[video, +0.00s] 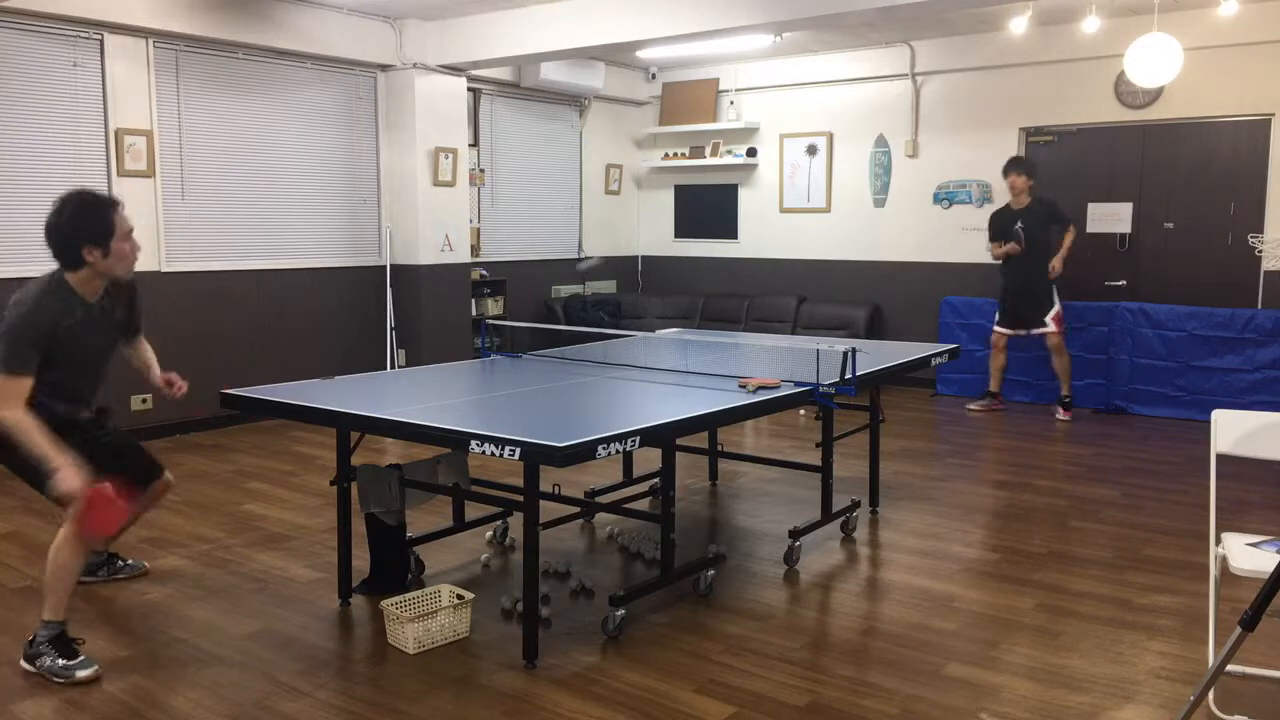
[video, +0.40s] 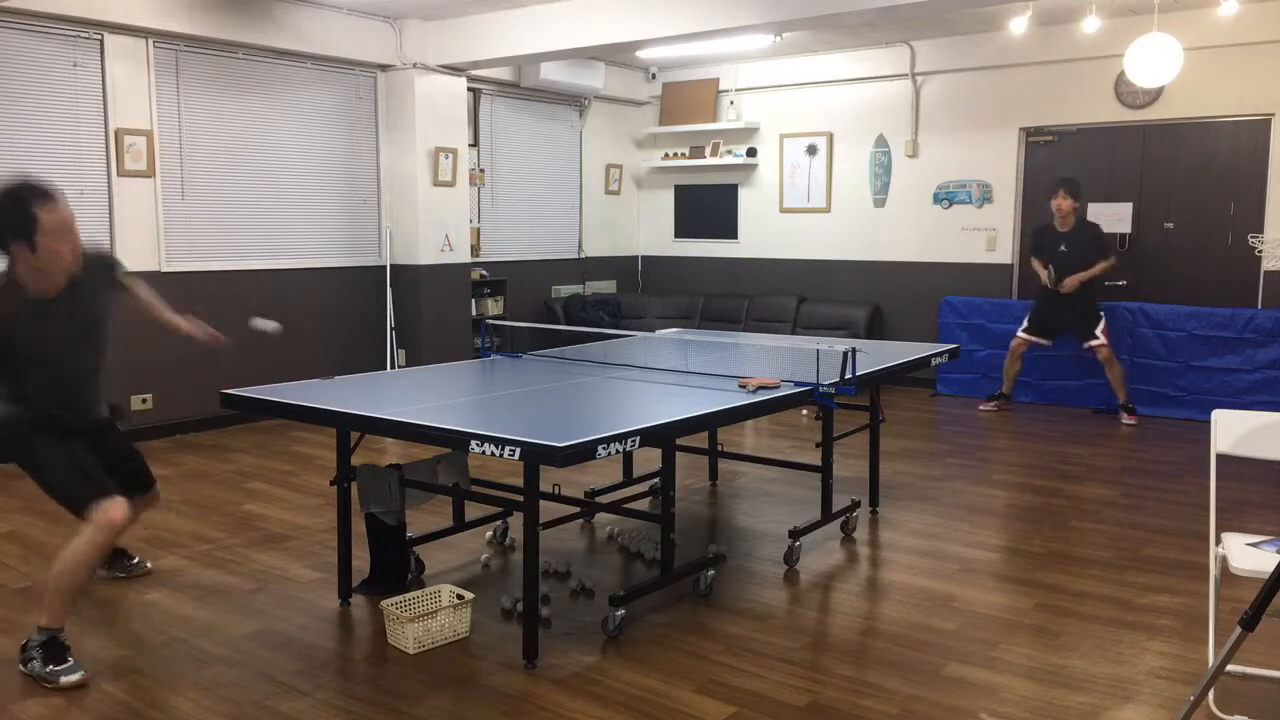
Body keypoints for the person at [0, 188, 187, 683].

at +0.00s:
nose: (136, 243)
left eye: (132, 232)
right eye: (126, 237)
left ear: (96, 252)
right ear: (92, 253)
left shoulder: (120, 292)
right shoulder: (35, 310)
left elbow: (133, 339)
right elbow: (11, 407)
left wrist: (156, 373)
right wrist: (61, 463)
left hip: (78, 420)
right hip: (27, 424)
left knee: (154, 483)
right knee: (88, 502)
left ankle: (91, 555)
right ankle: (48, 639)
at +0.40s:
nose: (76, 241)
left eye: (74, 229)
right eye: (62, 233)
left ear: (76, 227)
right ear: (22, 249)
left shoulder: (95, 271)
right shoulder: (7, 306)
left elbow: (133, 290)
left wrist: (178, 322)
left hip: (87, 417)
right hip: (28, 425)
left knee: (140, 494)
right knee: (110, 512)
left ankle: (102, 554)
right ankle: (45, 640)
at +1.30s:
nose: (135, 188)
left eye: (130, 178)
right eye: (124, 180)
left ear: (92, 196)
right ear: (94, 195)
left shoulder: (74, 249)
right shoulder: (56, 253)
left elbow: (63, 345)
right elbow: (72, 353)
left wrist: (115, 352)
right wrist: (157, 334)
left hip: (28, 408)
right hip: (5, 415)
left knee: (80, 487)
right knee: (55, 528)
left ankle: (64, 574)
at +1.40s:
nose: (140, 210)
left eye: (136, 200)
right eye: (130, 202)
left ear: (98, 217)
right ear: (98, 217)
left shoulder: (84, 267)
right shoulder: (56, 275)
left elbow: (80, 340)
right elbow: (60, 380)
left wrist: (147, 361)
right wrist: (144, 367)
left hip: (37, 411)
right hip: (6, 420)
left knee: (107, 483)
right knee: (70, 525)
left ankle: (70, 573)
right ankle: (0, 660)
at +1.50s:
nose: (140, 221)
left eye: (135, 211)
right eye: (129, 215)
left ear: (98, 229)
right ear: (95, 231)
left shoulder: (109, 272)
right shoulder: (45, 292)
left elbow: (100, 322)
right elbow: (42, 392)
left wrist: (150, 362)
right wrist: (127, 406)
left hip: (51, 409)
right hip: (9, 419)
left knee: (127, 479)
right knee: (78, 500)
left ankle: (72, 569)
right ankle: (17, 650)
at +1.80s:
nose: (122, 267)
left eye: (117, 254)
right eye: (108, 262)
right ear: (71, 279)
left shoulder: (125, 306)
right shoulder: (18, 331)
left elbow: (164, 358)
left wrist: (180, 385)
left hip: (90, 424)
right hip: (25, 431)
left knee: (158, 504)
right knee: (84, 504)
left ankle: (88, 550)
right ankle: (39, 637)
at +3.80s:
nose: (195, 187)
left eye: (191, 178)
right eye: (180, 186)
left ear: (196, 178)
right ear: (162, 206)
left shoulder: (196, 232)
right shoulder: (176, 249)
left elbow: (211, 304)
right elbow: (195, 334)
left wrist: (230, 315)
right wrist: (238, 318)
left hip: (201, 358)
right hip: (172, 369)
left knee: (279, 388)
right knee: (182, 473)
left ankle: (272, 470)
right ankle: (84, 552)